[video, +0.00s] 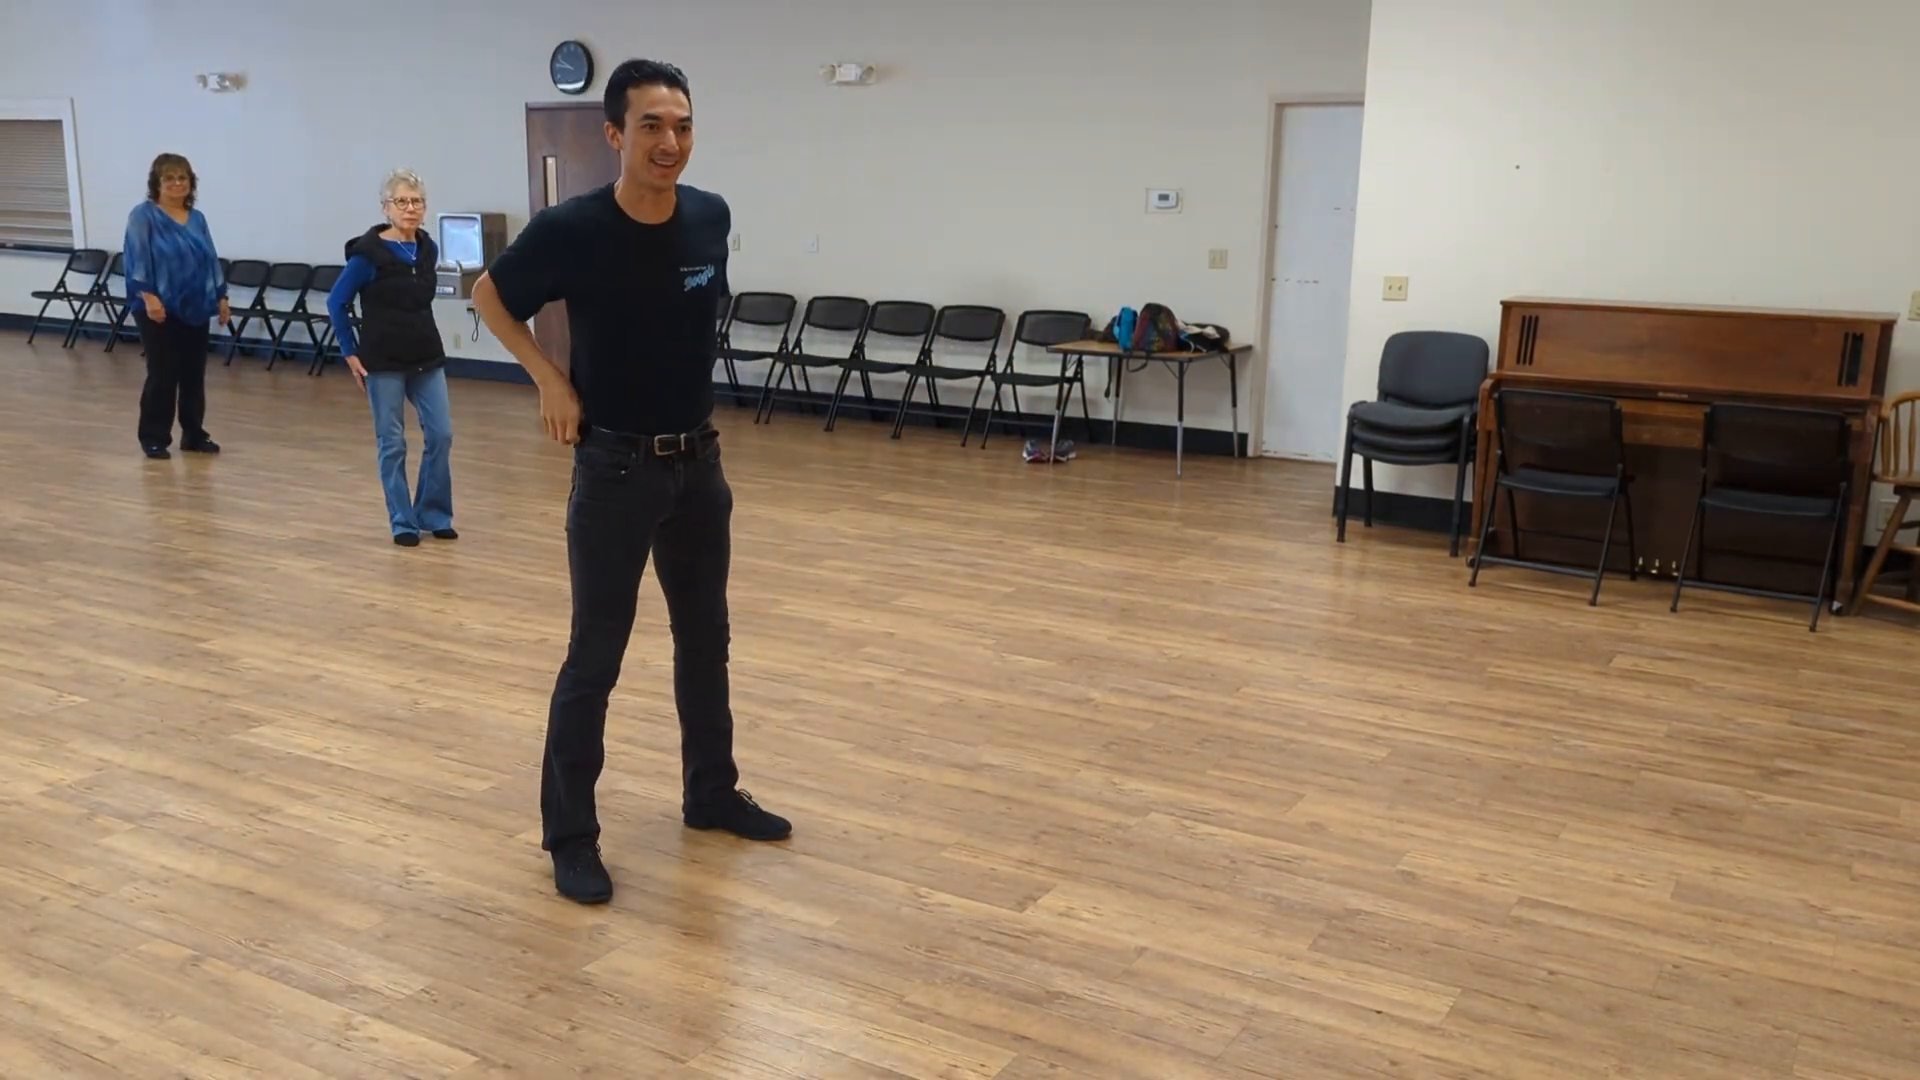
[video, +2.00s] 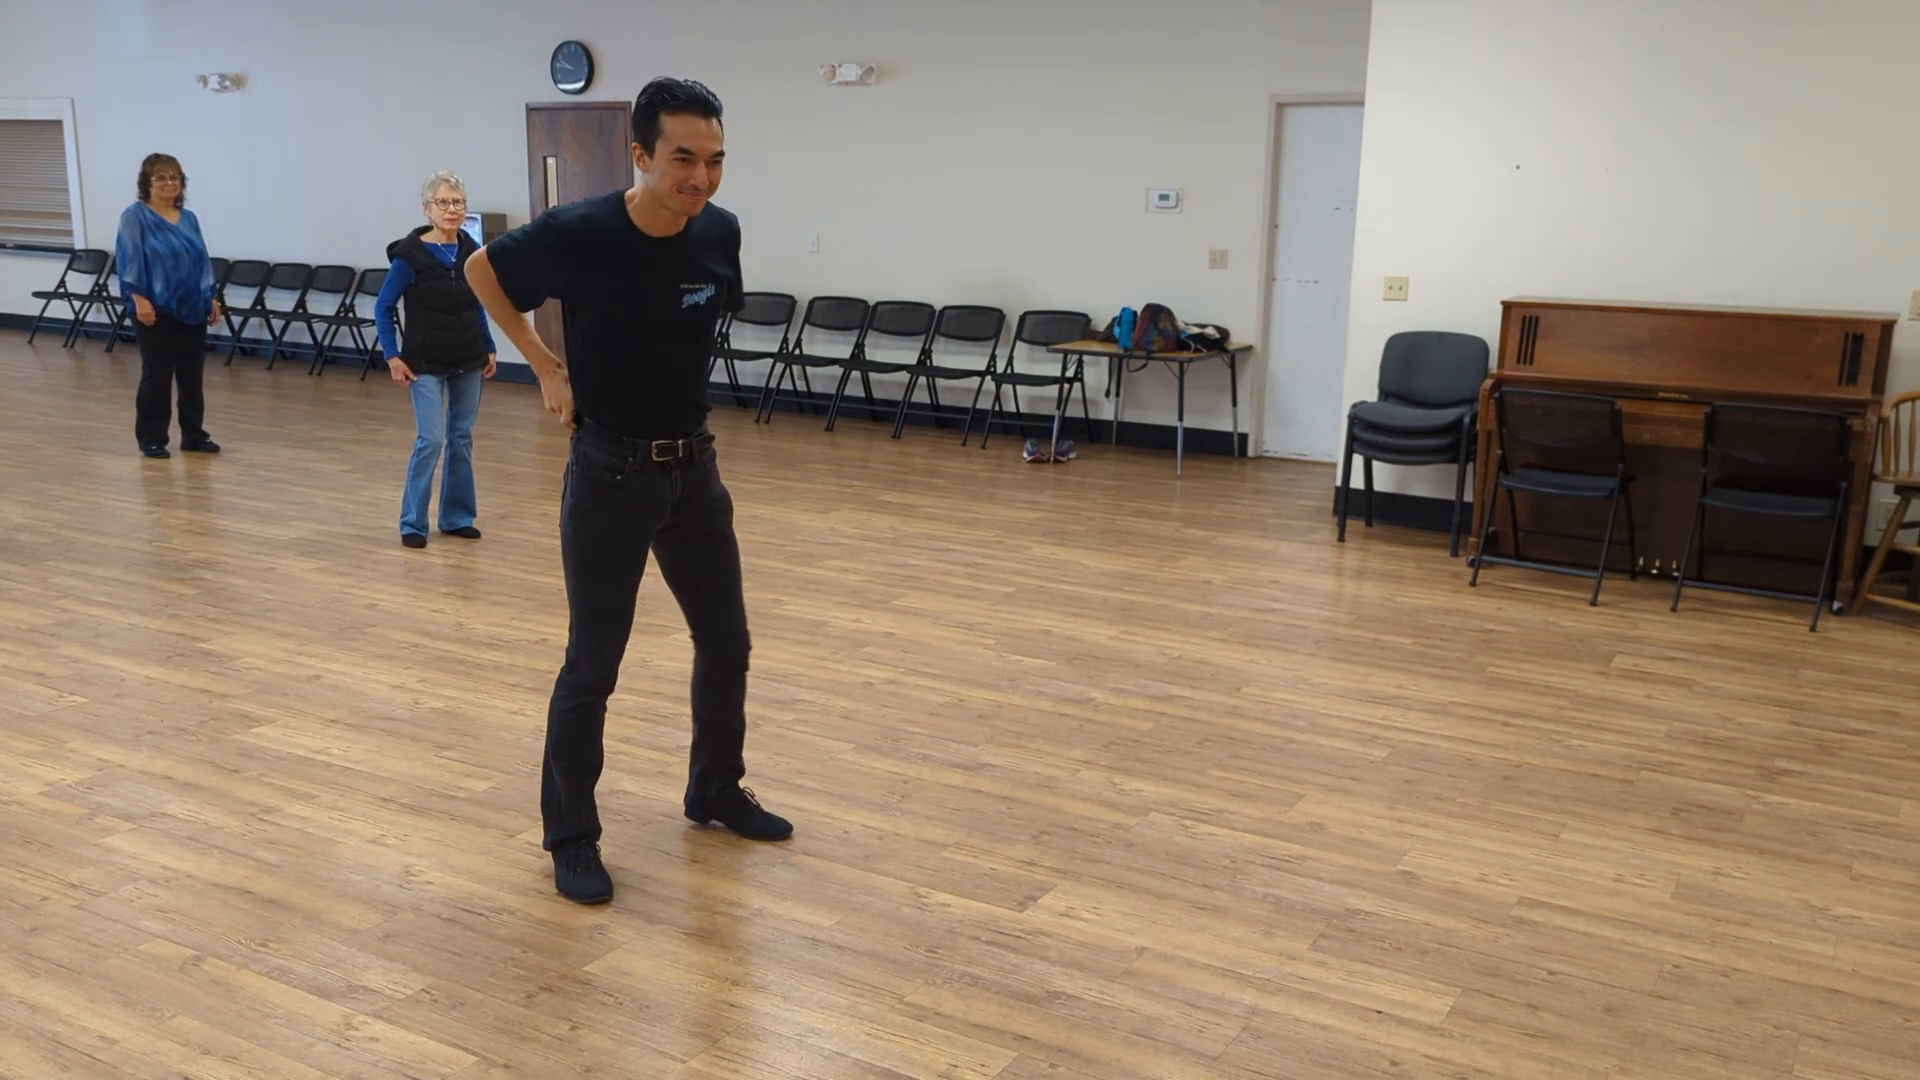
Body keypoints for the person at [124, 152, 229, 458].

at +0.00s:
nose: (176, 183)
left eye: (182, 178)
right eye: (169, 178)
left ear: (190, 183)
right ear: (157, 182)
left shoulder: (197, 218)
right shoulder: (143, 215)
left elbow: (211, 261)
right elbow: (137, 262)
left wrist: (221, 297)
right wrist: (148, 296)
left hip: (195, 308)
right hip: (159, 307)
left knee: (193, 373)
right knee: (163, 373)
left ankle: (193, 434)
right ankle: (154, 439)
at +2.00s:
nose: (168, 183)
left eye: (174, 178)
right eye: (161, 178)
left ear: (180, 183)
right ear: (147, 183)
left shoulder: (188, 218)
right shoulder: (135, 216)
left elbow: (202, 262)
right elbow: (130, 262)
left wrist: (212, 296)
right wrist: (139, 298)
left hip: (192, 307)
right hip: (156, 308)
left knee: (192, 375)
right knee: (157, 375)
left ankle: (193, 436)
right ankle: (152, 440)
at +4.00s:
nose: (179, 183)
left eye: (181, 178)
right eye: (171, 178)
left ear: (182, 182)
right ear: (152, 181)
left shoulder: (187, 216)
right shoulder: (135, 216)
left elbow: (201, 261)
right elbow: (130, 263)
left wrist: (211, 295)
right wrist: (137, 299)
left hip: (193, 307)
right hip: (157, 307)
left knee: (192, 375)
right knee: (158, 375)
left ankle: (194, 436)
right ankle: (152, 440)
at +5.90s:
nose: (197, 194)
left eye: (201, 188)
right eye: (190, 188)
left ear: (204, 188)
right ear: (171, 186)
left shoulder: (205, 217)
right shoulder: (154, 219)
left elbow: (219, 261)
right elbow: (150, 266)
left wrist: (229, 297)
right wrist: (159, 304)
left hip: (211, 309)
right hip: (176, 311)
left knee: (225, 372)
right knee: (179, 378)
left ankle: (235, 437)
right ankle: (174, 446)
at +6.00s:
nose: (202, 196)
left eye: (206, 190)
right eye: (195, 190)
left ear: (210, 190)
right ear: (177, 187)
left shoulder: (211, 218)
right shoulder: (159, 219)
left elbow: (226, 262)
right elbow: (153, 267)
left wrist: (236, 299)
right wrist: (161, 305)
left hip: (218, 311)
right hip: (182, 312)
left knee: (228, 378)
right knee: (183, 380)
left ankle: (241, 439)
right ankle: (175, 447)